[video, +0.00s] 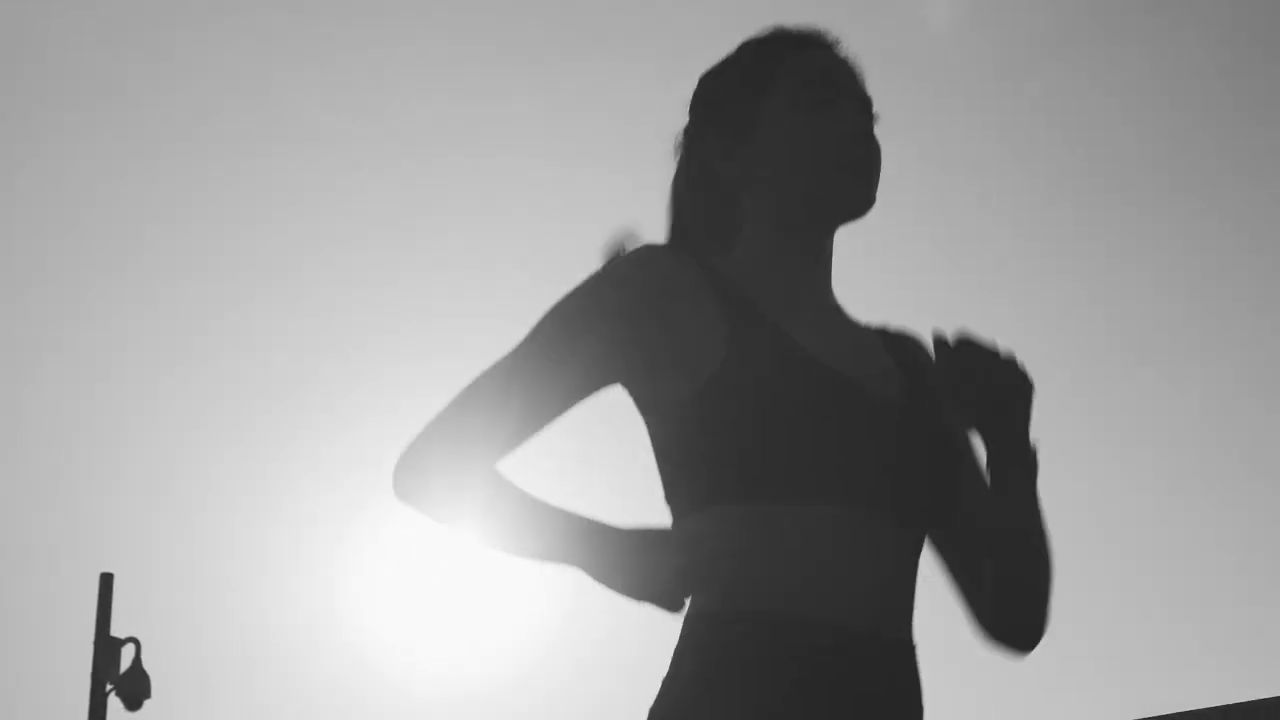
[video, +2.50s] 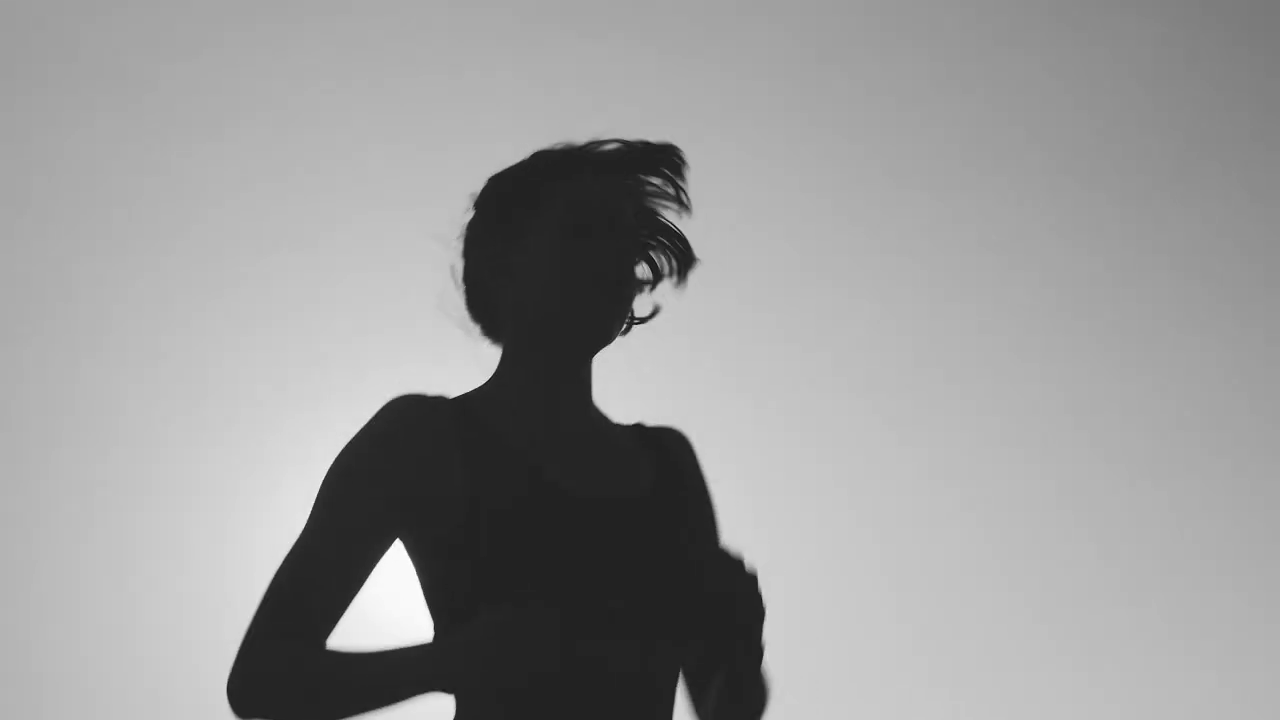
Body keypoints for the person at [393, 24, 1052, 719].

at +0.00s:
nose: (865, 129)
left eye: (866, 110)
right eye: (826, 102)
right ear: (741, 141)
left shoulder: (903, 367)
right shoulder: (660, 294)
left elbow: (1014, 619)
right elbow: (433, 469)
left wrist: (1010, 450)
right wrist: (620, 553)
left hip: (880, 694)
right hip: (731, 685)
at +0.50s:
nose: (852, 152)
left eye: (861, 131)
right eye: (815, 123)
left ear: (873, 163)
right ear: (731, 158)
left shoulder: (913, 357)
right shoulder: (659, 327)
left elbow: (1040, 620)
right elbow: (484, 559)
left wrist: (972, 437)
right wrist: (671, 552)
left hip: (905, 700)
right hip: (748, 696)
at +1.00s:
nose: (852, 187)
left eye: (858, 167)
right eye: (818, 164)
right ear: (736, 186)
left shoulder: (814, 381)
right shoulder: (683, 326)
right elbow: (706, 561)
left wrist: (891, 637)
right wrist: (920, 448)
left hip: (857, 700)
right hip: (745, 696)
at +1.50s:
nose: (814, 234)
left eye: (812, 210)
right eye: (786, 206)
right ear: (701, 232)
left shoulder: (753, 408)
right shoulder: (651, 374)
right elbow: (571, 603)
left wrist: (868, 688)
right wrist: (834, 596)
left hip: (803, 709)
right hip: (711, 705)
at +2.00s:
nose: (722, 251)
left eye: (728, 228)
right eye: (686, 224)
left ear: (737, 252)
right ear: (606, 244)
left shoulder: (770, 460)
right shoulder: (516, 409)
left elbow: (884, 699)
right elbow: (325, 598)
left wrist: (829, 547)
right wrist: (482, 656)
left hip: (728, 714)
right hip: (592, 713)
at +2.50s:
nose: (615, 270)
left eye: (627, 249)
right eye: (581, 240)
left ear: (635, 280)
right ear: (503, 269)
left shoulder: (664, 459)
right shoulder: (417, 438)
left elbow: (728, 709)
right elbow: (262, 680)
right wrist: (449, 662)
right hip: (499, 713)